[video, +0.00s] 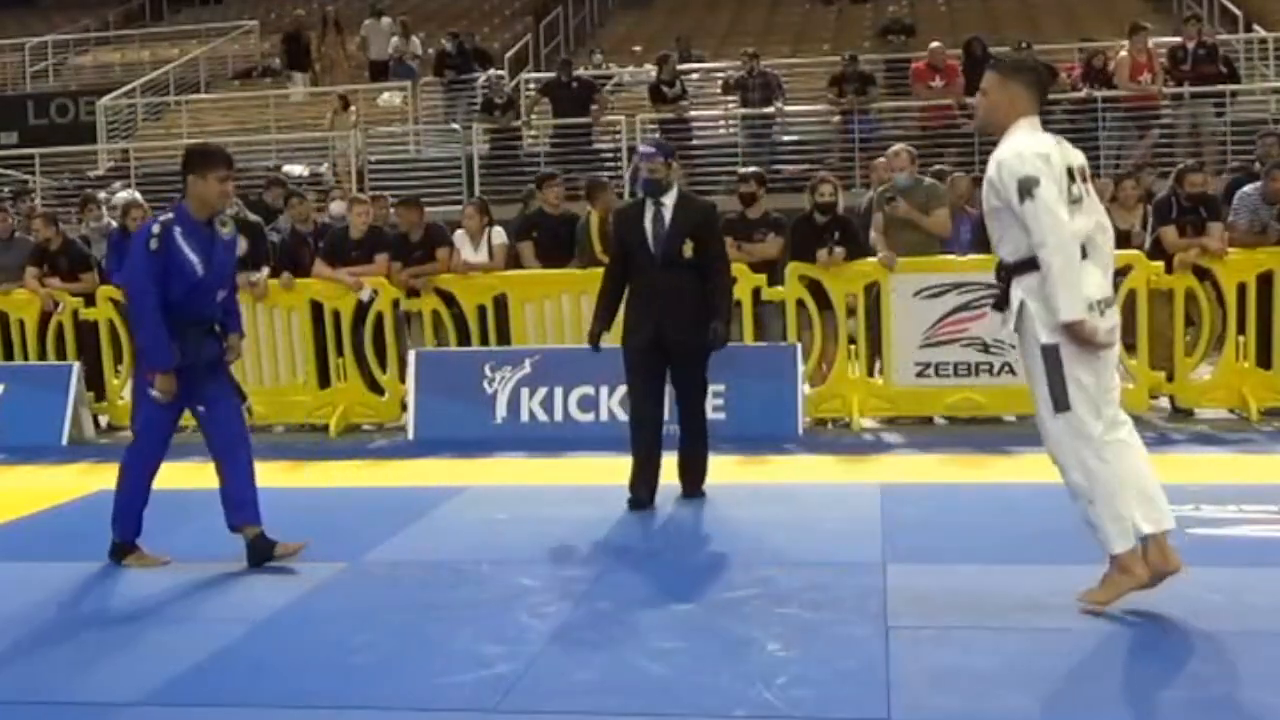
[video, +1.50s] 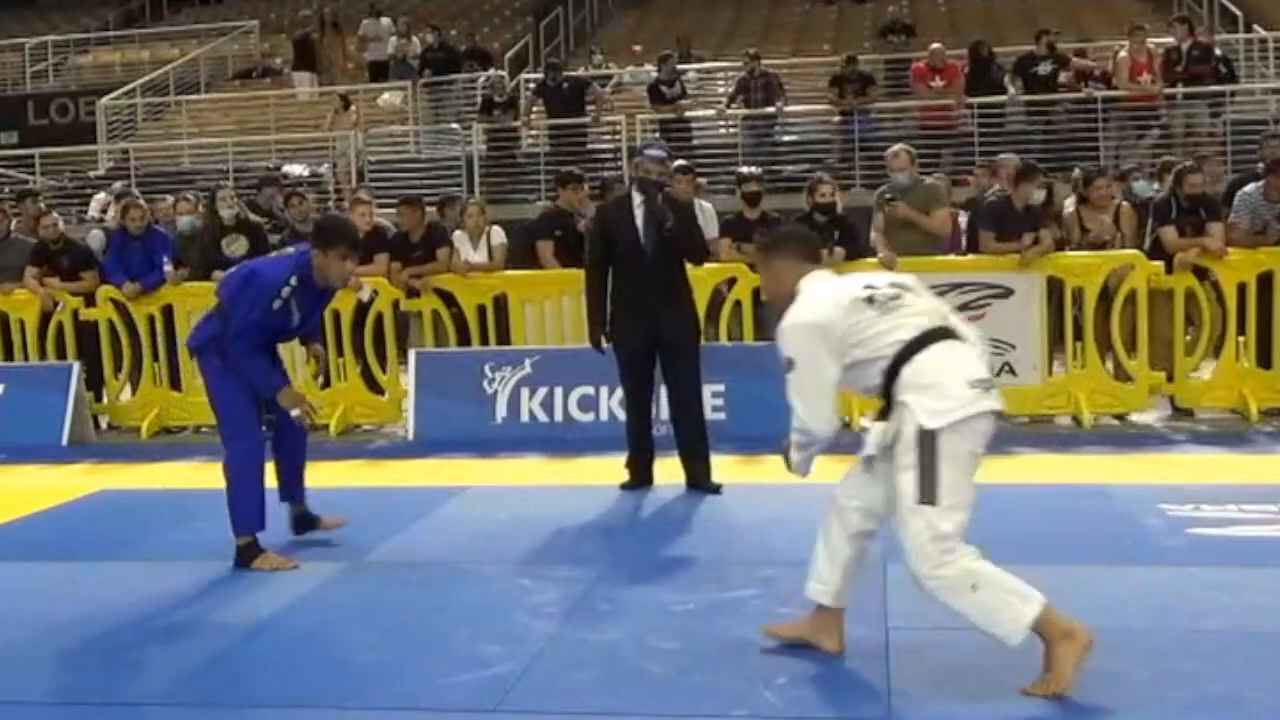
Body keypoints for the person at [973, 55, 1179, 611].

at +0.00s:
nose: (974, 101)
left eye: (981, 91)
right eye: (978, 90)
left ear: (1007, 95)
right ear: (1025, 97)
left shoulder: (1015, 156)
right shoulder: (1062, 150)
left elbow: (1053, 237)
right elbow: (1099, 231)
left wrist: (1073, 312)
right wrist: (1102, 302)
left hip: (1049, 313)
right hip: (1093, 304)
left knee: (1071, 433)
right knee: (1107, 422)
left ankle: (1123, 558)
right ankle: (1157, 542)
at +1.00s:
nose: (948, 180)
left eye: (951, 168)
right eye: (947, 169)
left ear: (980, 164)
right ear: (997, 165)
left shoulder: (1011, 212)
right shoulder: (1045, 203)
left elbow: (1053, 274)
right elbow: (1104, 270)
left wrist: (1035, 357)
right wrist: (1085, 333)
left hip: (1066, 359)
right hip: (1096, 353)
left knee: (1029, 483)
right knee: (1074, 480)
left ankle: (1076, 625)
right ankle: (1114, 582)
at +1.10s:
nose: (916, 210)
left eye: (921, 199)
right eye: (917, 199)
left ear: (945, 202)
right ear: (972, 200)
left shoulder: (981, 255)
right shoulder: (1024, 241)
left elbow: (1000, 335)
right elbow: (1090, 298)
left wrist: (975, 398)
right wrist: (1080, 363)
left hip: (1052, 395)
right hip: (1084, 386)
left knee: (1007, 512)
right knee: (1052, 490)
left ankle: (1079, 657)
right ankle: (1109, 583)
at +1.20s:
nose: (881, 231)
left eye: (884, 218)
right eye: (881, 219)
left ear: (907, 217)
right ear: (936, 215)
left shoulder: (945, 273)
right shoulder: (999, 242)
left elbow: (948, 365)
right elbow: (1072, 287)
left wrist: (916, 414)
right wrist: (1059, 361)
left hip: (1042, 398)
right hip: (1064, 385)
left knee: (995, 523)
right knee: (991, 458)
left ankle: (1079, 656)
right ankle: (1081, 566)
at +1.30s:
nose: (846, 253)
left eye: (848, 241)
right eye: (844, 242)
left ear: (874, 238)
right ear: (900, 229)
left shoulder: (905, 297)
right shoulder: (961, 247)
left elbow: (889, 403)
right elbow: (1045, 273)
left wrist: (861, 422)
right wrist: (1050, 356)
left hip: (1024, 402)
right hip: (1039, 384)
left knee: (982, 535)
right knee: (949, 468)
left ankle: (1080, 658)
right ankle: (990, 592)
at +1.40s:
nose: (803, 270)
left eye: (805, 257)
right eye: (800, 259)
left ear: (829, 251)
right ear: (855, 243)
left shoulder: (854, 310)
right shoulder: (929, 254)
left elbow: (850, 418)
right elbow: (1016, 295)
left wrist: (823, 436)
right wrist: (1023, 374)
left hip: (987, 403)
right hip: (1012, 382)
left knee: (971, 547)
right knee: (909, 489)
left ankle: (1080, 655)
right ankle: (865, 606)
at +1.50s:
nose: (761, 288)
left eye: (762, 275)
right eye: (759, 275)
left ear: (782, 271)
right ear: (814, 262)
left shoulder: (804, 318)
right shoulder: (874, 279)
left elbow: (817, 423)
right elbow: (959, 335)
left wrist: (798, 454)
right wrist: (890, 419)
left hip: (940, 405)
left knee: (934, 555)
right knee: (852, 503)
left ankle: (1061, 633)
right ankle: (824, 619)